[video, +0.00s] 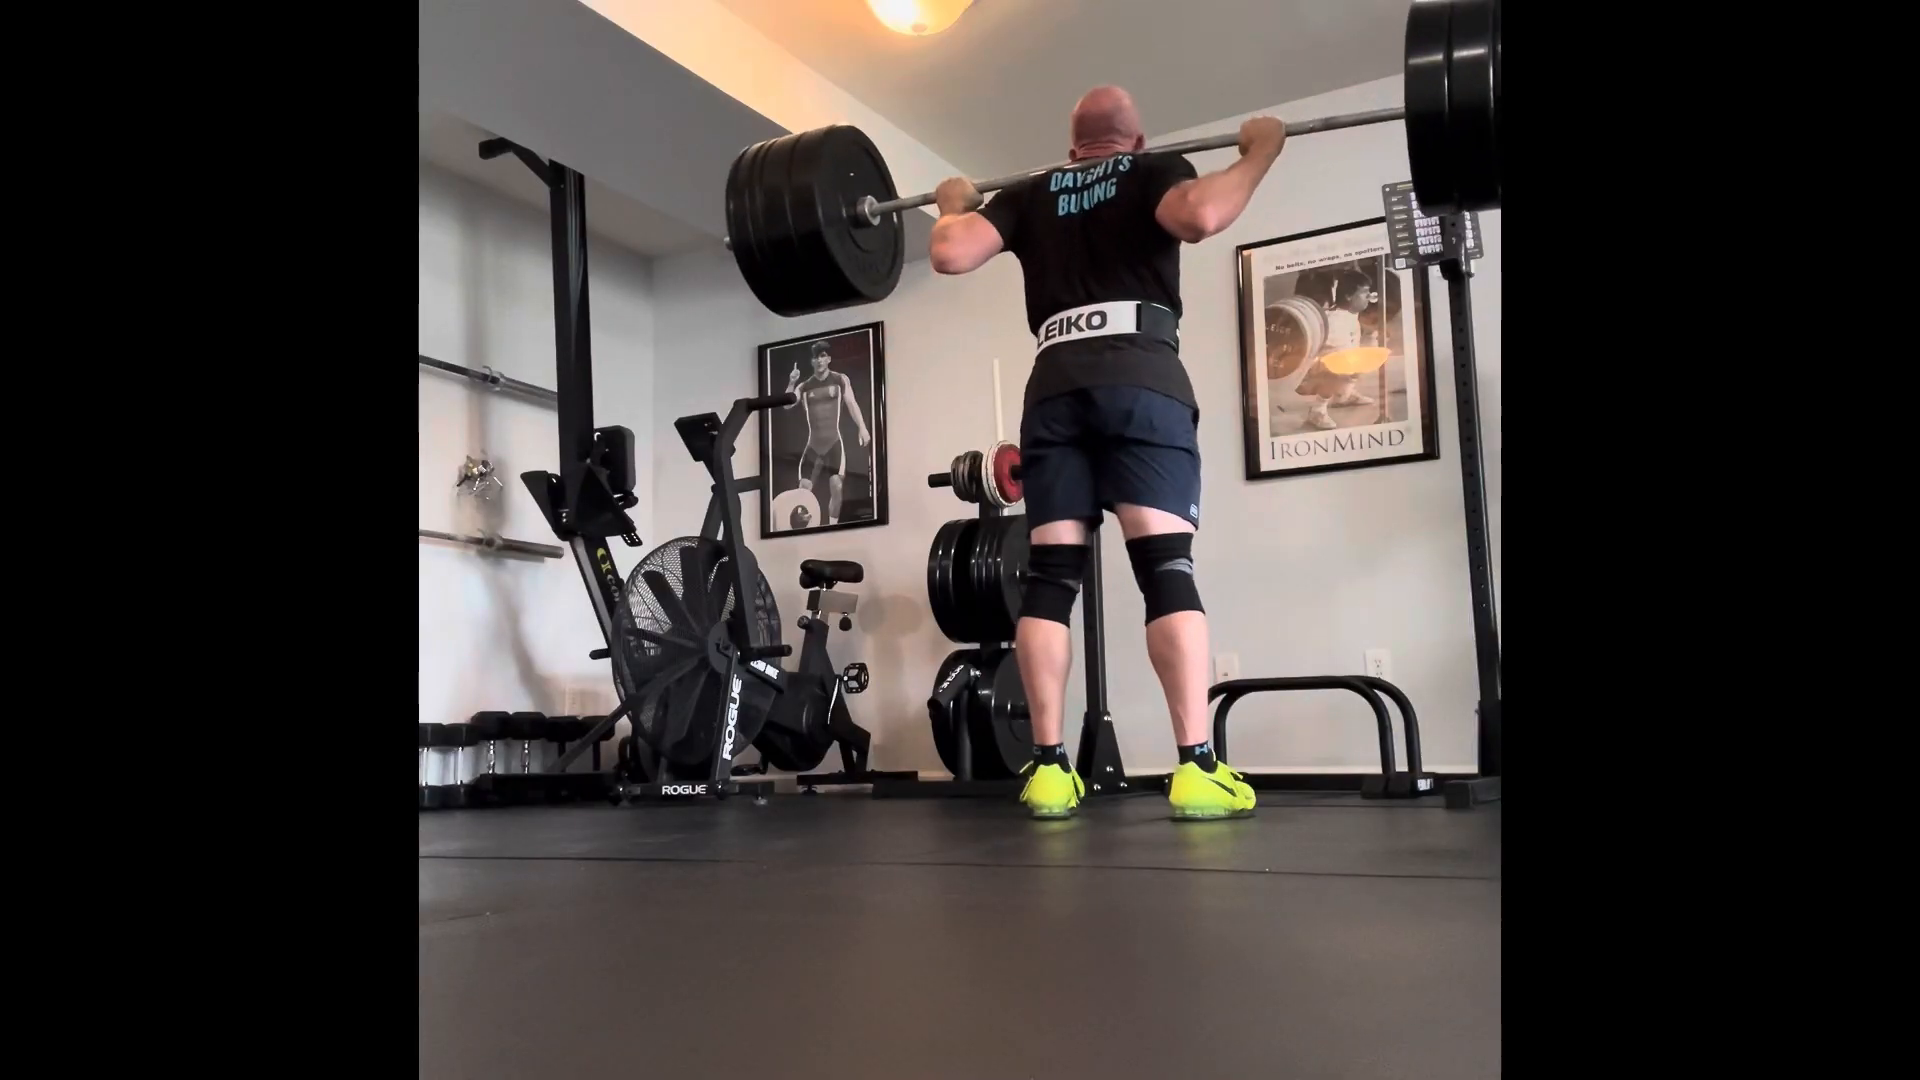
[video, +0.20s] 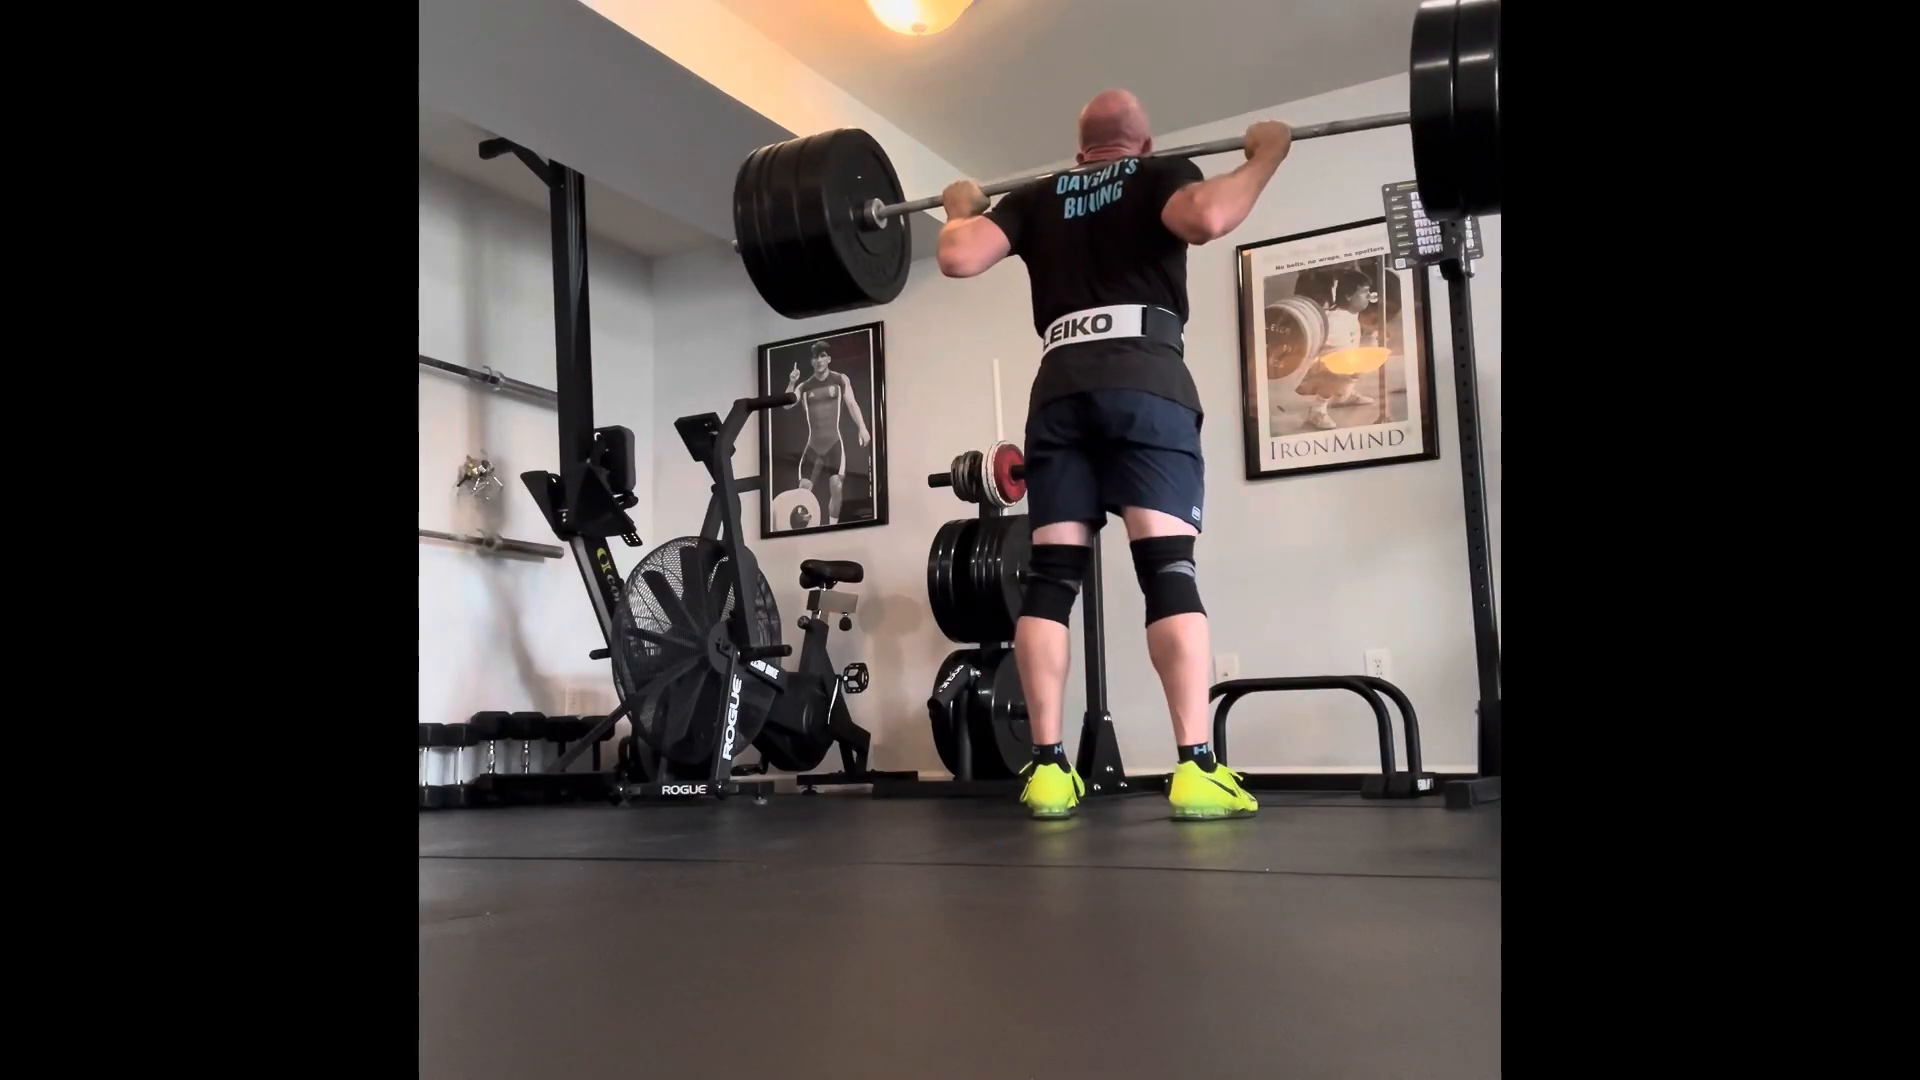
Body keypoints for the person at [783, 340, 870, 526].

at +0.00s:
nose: (819, 361)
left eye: (823, 356)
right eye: (816, 357)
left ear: (829, 359)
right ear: (811, 361)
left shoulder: (840, 380)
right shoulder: (803, 386)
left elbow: (851, 405)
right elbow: (787, 406)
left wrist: (862, 428)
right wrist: (791, 384)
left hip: (834, 442)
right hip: (813, 443)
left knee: (835, 484)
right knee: (804, 485)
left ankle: (832, 528)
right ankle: (803, 528)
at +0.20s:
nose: (819, 361)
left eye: (823, 356)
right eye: (816, 357)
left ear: (829, 359)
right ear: (811, 361)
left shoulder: (840, 380)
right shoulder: (803, 386)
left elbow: (852, 405)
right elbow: (787, 406)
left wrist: (862, 428)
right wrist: (791, 384)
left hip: (834, 442)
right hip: (813, 444)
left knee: (836, 485)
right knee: (804, 486)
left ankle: (832, 529)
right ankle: (802, 528)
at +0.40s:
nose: (819, 361)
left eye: (823, 356)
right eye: (816, 357)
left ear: (829, 359)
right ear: (811, 361)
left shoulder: (840, 380)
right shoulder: (803, 386)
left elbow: (852, 405)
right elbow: (787, 406)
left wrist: (862, 428)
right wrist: (791, 384)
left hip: (834, 442)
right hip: (813, 444)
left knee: (836, 485)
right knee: (804, 486)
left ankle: (832, 529)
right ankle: (802, 528)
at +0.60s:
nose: (819, 361)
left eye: (823, 356)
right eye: (816, 357)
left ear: (829, 359)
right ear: (811, 361)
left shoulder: (840, 380)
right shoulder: (803, 386)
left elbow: (852, 405)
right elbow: (787, 406)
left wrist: (862, 428)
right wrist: (791, 384)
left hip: (834, 442)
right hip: (813, 444)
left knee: (836, 485)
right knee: (804, 486)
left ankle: (832, 529)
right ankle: (802, 528)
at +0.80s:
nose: (819, 361)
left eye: (823, 356)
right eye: (816, 357)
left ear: (829, 359)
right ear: (811, 361)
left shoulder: (840, 380)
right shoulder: (803, 386)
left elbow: (852, 405)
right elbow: (787, 406)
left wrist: (862, 428)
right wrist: (791, 384)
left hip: (834, 442)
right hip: (813, 444)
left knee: (836, 485)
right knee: (804, 486)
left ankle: (832, 529)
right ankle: (802, 528)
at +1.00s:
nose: (819, 361)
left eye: (823, 356)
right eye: (816, 357)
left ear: (829, 359)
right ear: (811, 361)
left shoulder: (840, 380)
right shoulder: (803, 386)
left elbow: (852, 405)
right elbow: (787, 406)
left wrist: (862, 428)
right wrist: (791, 384)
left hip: (834, 442)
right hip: (813, 444)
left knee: (836, 485)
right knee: (804, 486)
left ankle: (832, 529)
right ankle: (802, 528)